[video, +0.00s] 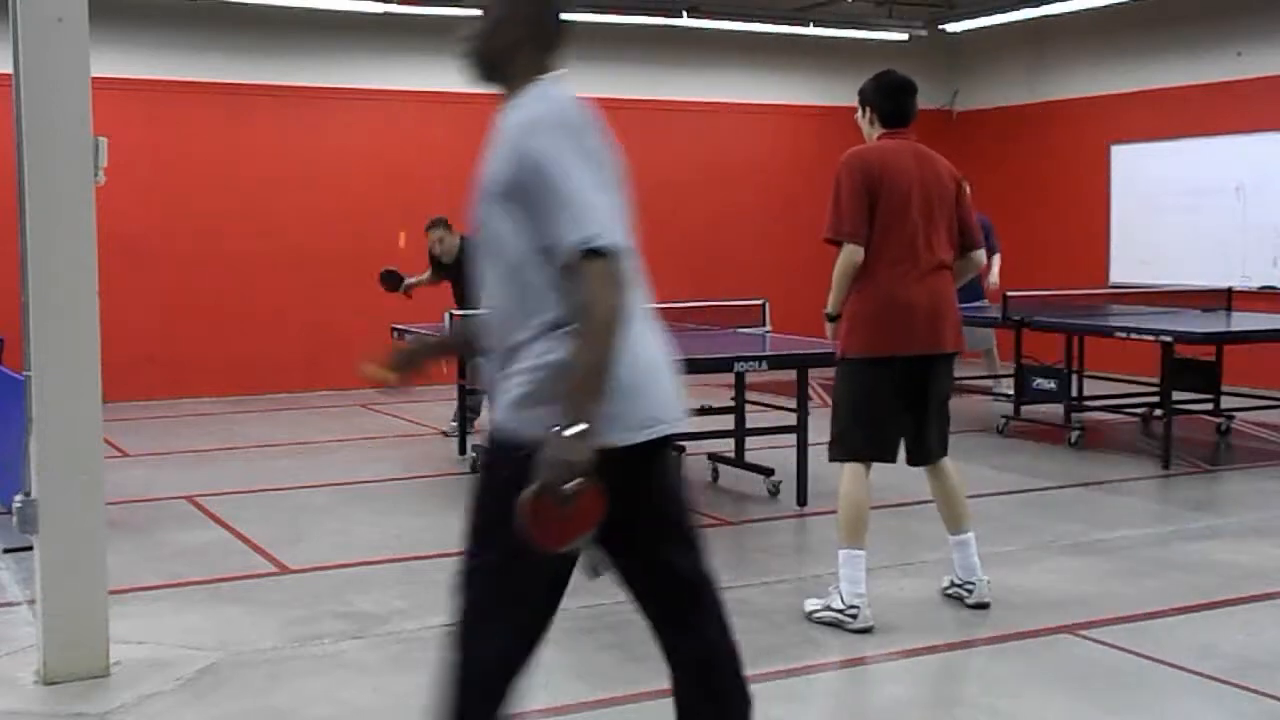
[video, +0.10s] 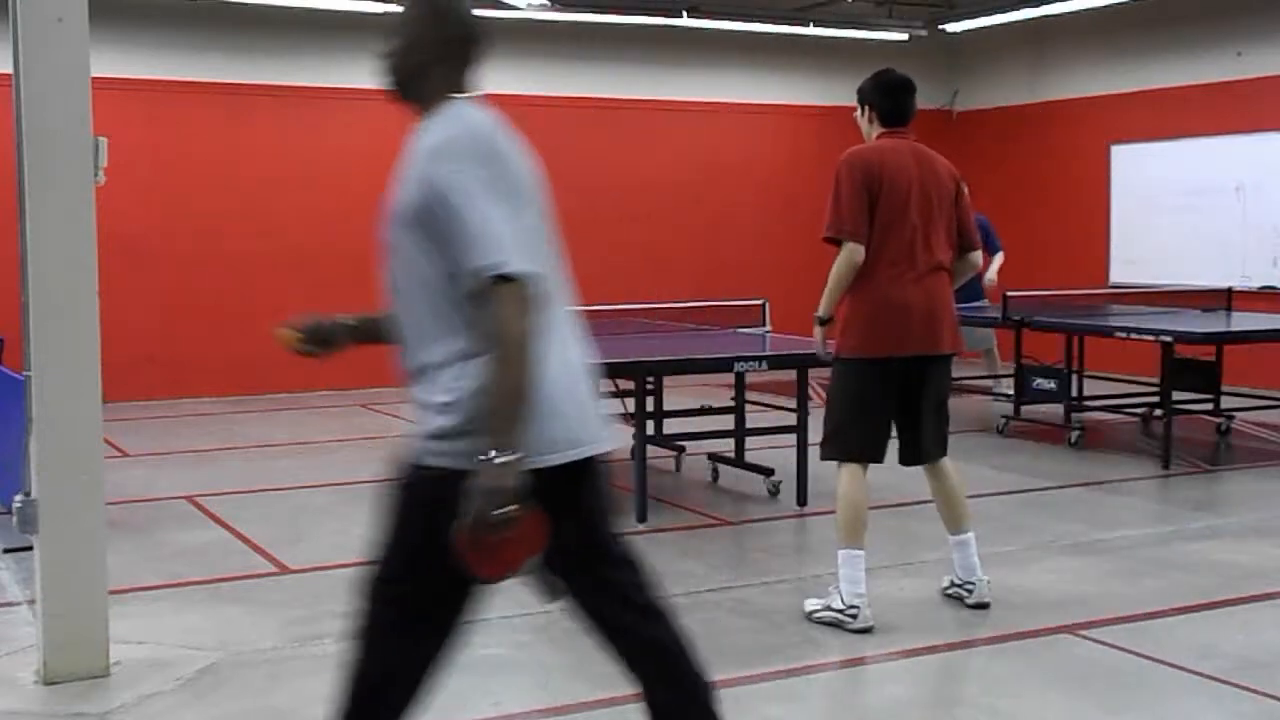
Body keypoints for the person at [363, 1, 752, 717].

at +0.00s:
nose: (473, 28)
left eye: (490, 14)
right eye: (480, 14)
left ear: (532, 27)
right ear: (539, 33)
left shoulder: (544, 121)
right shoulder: (531, 122)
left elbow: (601, 282)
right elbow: (542, 309)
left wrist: (574, 428)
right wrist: (442, 340)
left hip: (553, 431)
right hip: (618, 427)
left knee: (488, 649)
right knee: (691, 627)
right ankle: (723, 714)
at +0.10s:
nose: (388, 53)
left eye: (404, 35)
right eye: (394, 36)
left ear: (444, 49)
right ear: (454, 53)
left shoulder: (456, 139)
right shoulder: (460, 136)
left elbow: (508, 298)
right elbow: (464, 305)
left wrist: (499, 454)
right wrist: (355, 331)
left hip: (472, 451)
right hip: (548, 444)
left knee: (395, 647)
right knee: (625, 611)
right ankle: (690, 706)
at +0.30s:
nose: (232, 33)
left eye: (242, 19)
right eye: (237, 19)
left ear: (266, 28)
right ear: (308, 33)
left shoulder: (281, 121)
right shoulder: (341, 113)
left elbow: (304, 296)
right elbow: (357, 282)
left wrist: (284, 442)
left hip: (292, 421)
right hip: (358, 410)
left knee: (269, 613)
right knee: (333, 565)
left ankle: (288, 718)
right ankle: (488, 695)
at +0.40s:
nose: (165, 29)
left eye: (172, 15)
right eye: (170, 16)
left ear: (191, 20)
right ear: (244, 22)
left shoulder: (203, 103)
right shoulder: (283, 105)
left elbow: (211, 277)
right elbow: (328, 267)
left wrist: (163, 418)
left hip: (237, 398)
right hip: (293, 393)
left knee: (249, 590)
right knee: (247, 578)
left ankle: (280, 707)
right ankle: (293, 700)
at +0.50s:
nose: (97, 29)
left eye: (103, 16)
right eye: (101, 17)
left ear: (118, 24)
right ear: (178, 30)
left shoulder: (129, 109)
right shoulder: (221, 119)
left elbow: (126, 273)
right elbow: (271, 278)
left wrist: (36, 403)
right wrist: (282, 403)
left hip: (177, 403)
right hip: (221, 394)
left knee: (233, 598)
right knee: (120, 546)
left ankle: (276, 712)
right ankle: (129, 704)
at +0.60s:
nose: (27, 59)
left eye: (34, 44)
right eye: (35, 44)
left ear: (47, 50)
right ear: (107, 55)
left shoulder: (55, 129)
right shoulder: (148, 145)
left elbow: (45, 281)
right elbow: (212, 290)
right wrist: (232, 425)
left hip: (106, 427)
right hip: (146, 420)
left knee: (202, 623)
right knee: (47, 616)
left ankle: (264, 715)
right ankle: (5, 699)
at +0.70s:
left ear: (4, 57)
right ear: (43, 61)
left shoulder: (13, 135)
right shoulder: (63, 150)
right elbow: (132, 304)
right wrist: (142, 448)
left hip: (24, 432)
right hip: (62, 428)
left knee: (113, 617)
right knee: (114, 616)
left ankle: (217, 709)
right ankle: (217, 709)